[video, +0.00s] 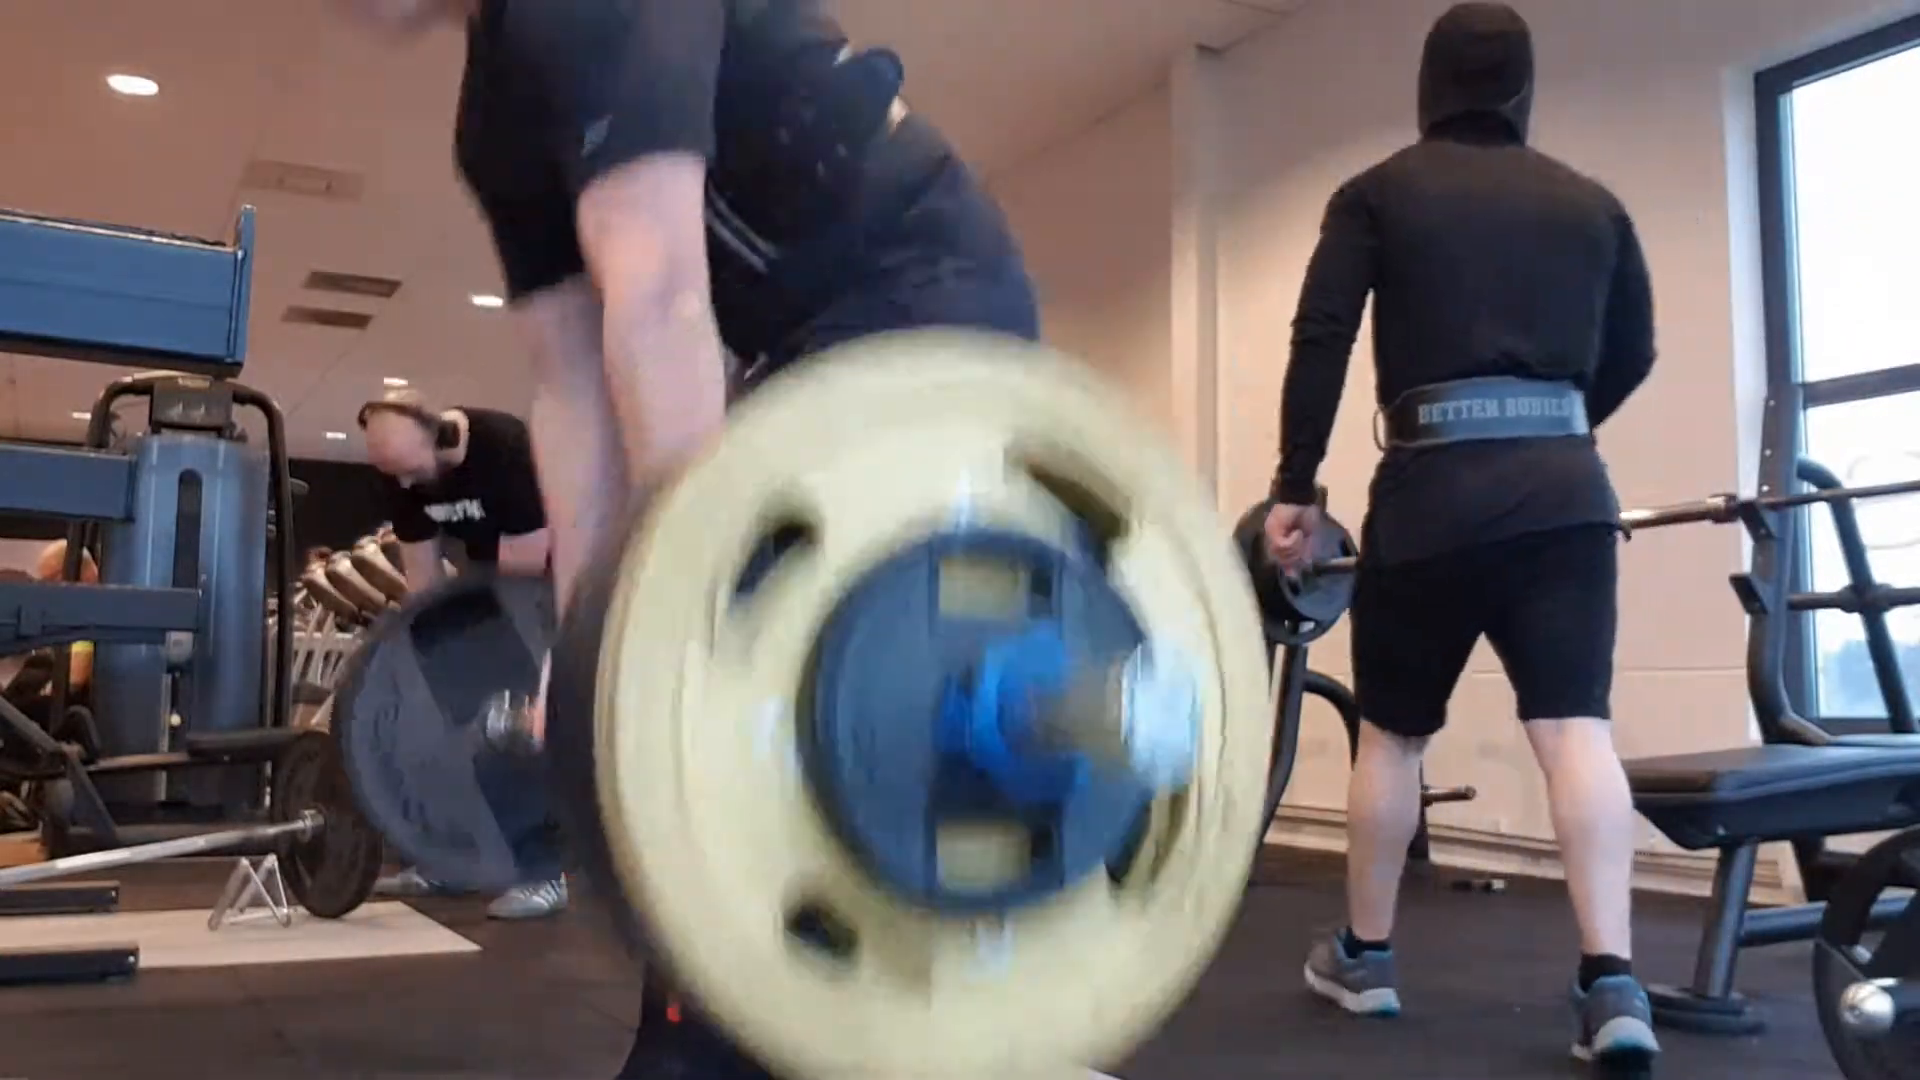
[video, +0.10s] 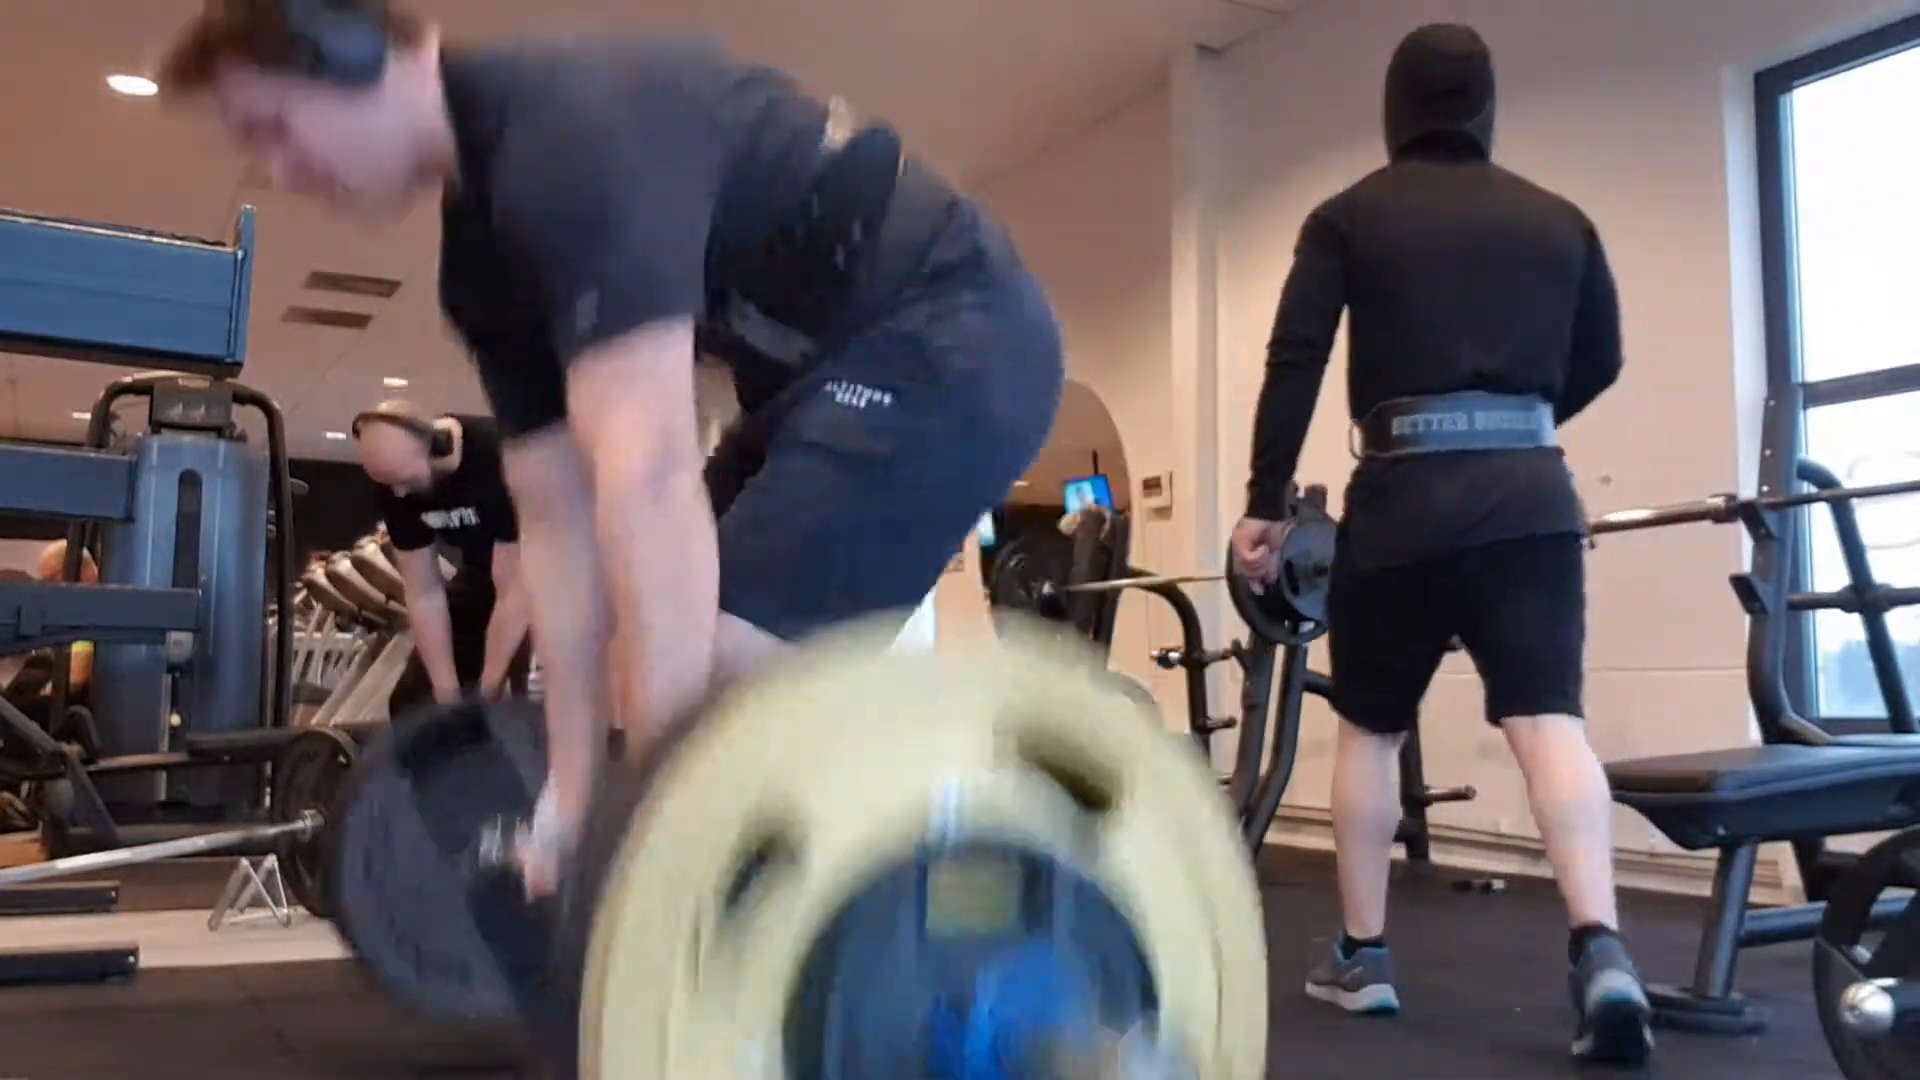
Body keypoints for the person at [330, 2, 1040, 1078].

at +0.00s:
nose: (354, 7)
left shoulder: (594, 12)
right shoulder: (494, 115)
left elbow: (662, 296)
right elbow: (563, 373)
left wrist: (689, 589)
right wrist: (582, 644)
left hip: (915, 318)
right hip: (782, 358)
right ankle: (695, 1028)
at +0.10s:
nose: (277, 171)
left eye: (272, 127)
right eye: (253, 149)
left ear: (353, 53)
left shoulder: (581, 130)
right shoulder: (477, 253)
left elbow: (653, 476)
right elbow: (555, 518)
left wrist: (663, 802)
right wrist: (570, 786)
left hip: (945, 333)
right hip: (817, 377)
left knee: (717, 654)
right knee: (649, 649)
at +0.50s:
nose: (314, 313)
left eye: (300, 274)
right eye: (288, 293)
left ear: (356, 199)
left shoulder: (566, 290)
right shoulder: (478, 360)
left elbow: (678, 598)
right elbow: (540, 605)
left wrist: (671, 911)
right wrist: (534, 855)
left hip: (948, 480)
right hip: (832, 491)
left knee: (619, 672)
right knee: (551, 663)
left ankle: (685, 992)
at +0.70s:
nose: (303, 268)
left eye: (293, 226)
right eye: (280, 241)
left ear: (359, 151)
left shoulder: (573, 261)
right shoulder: (475, 336)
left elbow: (650, 597)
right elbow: (532, 602)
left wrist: (650, 902)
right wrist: (493, 840)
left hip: (941, 467)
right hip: (833, 481)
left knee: (608, 676)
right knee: (538, 661)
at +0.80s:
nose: (296, 234)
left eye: (285, 190)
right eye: (270, 209)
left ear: (354, 119)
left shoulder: (566, 244)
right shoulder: (470, 328)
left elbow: (647, 584)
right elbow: (534, 594)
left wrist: (650, 902)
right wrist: (491, 828)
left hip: (931, 449)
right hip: (827, 469)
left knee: (597, 676)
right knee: (537, 670)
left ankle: (709, 966)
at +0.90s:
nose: (272, 203)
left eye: (275, 161)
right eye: (256, 178)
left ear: (361, 103)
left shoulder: (563, 244)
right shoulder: (461, 329)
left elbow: (648, 580)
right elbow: (535, 590)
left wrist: (653, 906)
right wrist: (535, 845)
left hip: (924, 439)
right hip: (817, 463)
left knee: (600, 675)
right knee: (534, 674)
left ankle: (721, 965)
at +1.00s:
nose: (268, 176)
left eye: (275, 132)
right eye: (256, 145)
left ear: (373, 88)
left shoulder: (563, 232)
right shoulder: (459, 321)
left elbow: (650, 569)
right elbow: (535, 585)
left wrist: (654, 897)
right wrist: (515, 836)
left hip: (920, 431)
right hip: (816, 455)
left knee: (603, 678)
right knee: (535, 676)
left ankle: (735, 971)